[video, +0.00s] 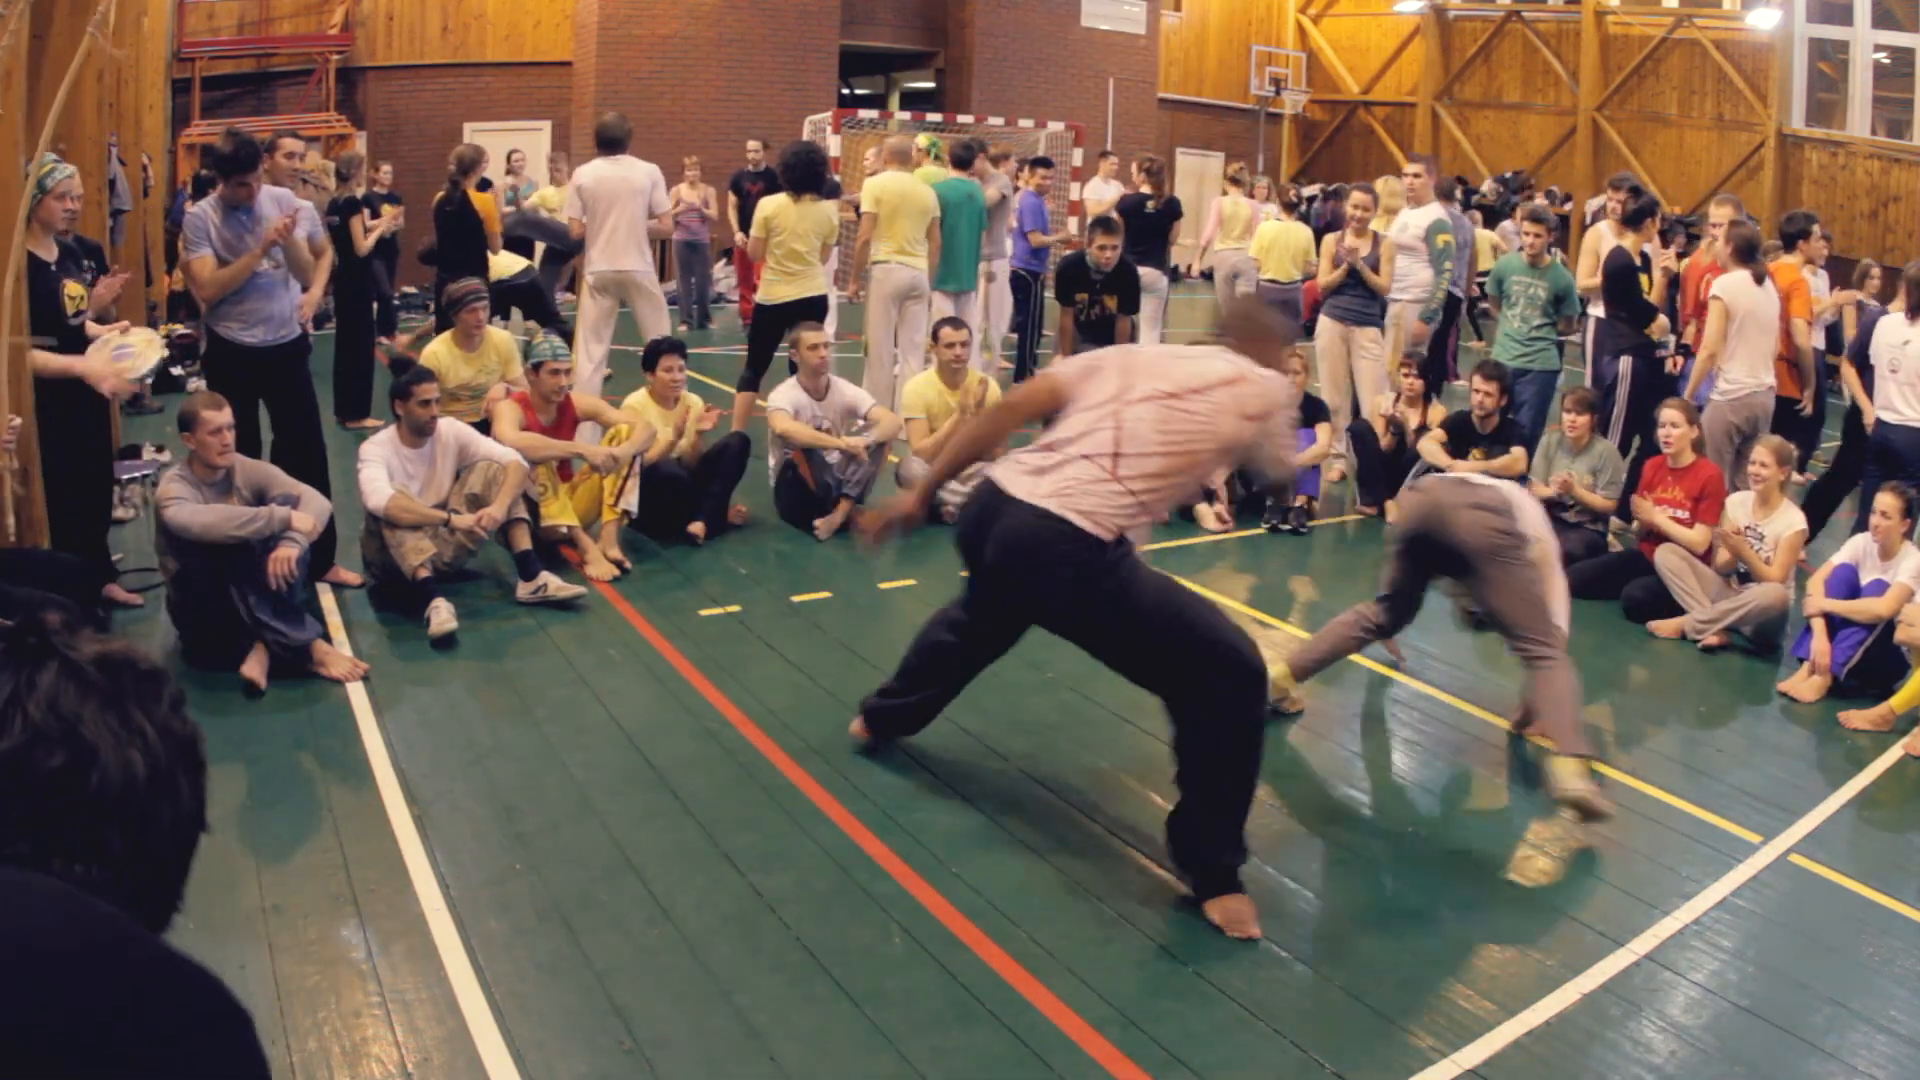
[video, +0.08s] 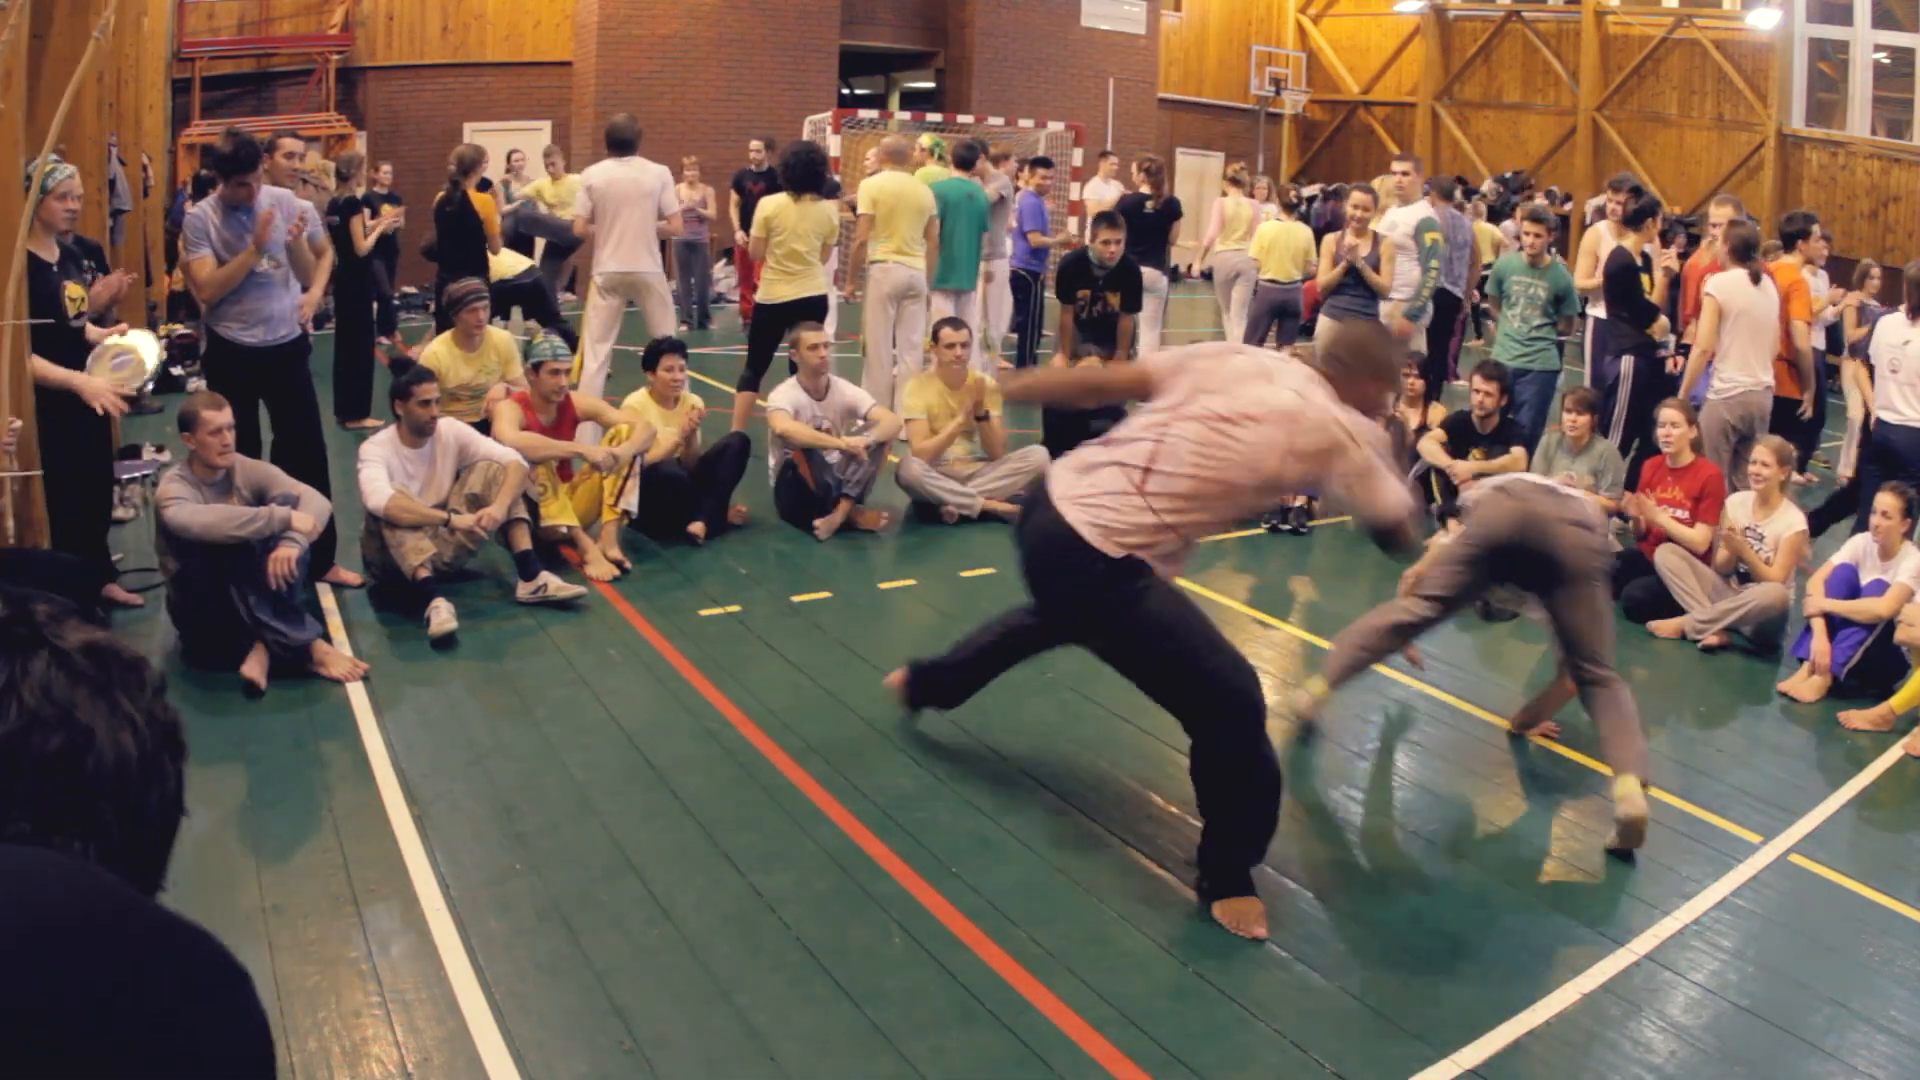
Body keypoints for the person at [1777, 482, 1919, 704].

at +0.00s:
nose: (1875, 521)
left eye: (1885, 516)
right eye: (1873, 513)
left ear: (1905, 525)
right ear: (1869, 513)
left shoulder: (1912, 559)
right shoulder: (1860, 542)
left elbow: (1886, 610)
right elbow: (1815, 581)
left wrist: (1823, 604)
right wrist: (1820, 638)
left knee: (1877, 587)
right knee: (1844, 572)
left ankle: (1823, 676)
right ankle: (1807, 666)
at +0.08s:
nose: (1875, 522)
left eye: (1886, 516)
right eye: (1874, 513)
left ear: (1905, 525)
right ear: (1869, 513)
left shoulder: (1913, 560)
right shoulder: (1860, 542)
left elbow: (1886, 610)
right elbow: (1815, 581)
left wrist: (1823, 604)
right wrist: (1820, 638)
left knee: (1877, 587)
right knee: (1843, 572)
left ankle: (1823, 676)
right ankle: (1807, 666)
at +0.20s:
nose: (1876, 522)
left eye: (1887, 516)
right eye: (1874, 513)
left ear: (1906, 525)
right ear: (1869, 513)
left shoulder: (1913, 560)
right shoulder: (1860, 542)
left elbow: (1886, 610)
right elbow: (1815, 581)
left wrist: (1823, 604)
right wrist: (1820, 639)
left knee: (1877, 587)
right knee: (1843, 572)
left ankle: (1823, 676)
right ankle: (1807, 666)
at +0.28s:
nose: (1877, 522)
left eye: (1887, 516)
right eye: (1874, 513)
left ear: (1906, 524)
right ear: (1869, 513)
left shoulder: (1912, 559)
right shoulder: (1860, 542)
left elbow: (1886, 609)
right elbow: (1815, 581)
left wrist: (1823, 604)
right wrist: (1820, 638)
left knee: (1877, 587)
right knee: (1843, 572)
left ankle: (1823, 676)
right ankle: (1807, 666)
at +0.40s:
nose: (1878, 522)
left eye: (1888, 516)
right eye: (1875, 513)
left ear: (1906, 524)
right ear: (1870, 513)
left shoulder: (1913, 558)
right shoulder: (1861, 542)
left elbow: (1885, 611)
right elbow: (1816, 580)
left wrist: (1826, 605)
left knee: (1877, 587)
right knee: (1843, 573)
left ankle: (1828, 673)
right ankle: (1816, 663)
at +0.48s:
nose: (1878, 523)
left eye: (1888, 516)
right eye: (1875, 513)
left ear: (1906, 524)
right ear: (1870, 514)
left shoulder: (1912, 558)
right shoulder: (1860, 541)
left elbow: (1886, 609)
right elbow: (1820, 576)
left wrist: (1840, 606)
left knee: (1877, 587)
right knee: (1845, 571)